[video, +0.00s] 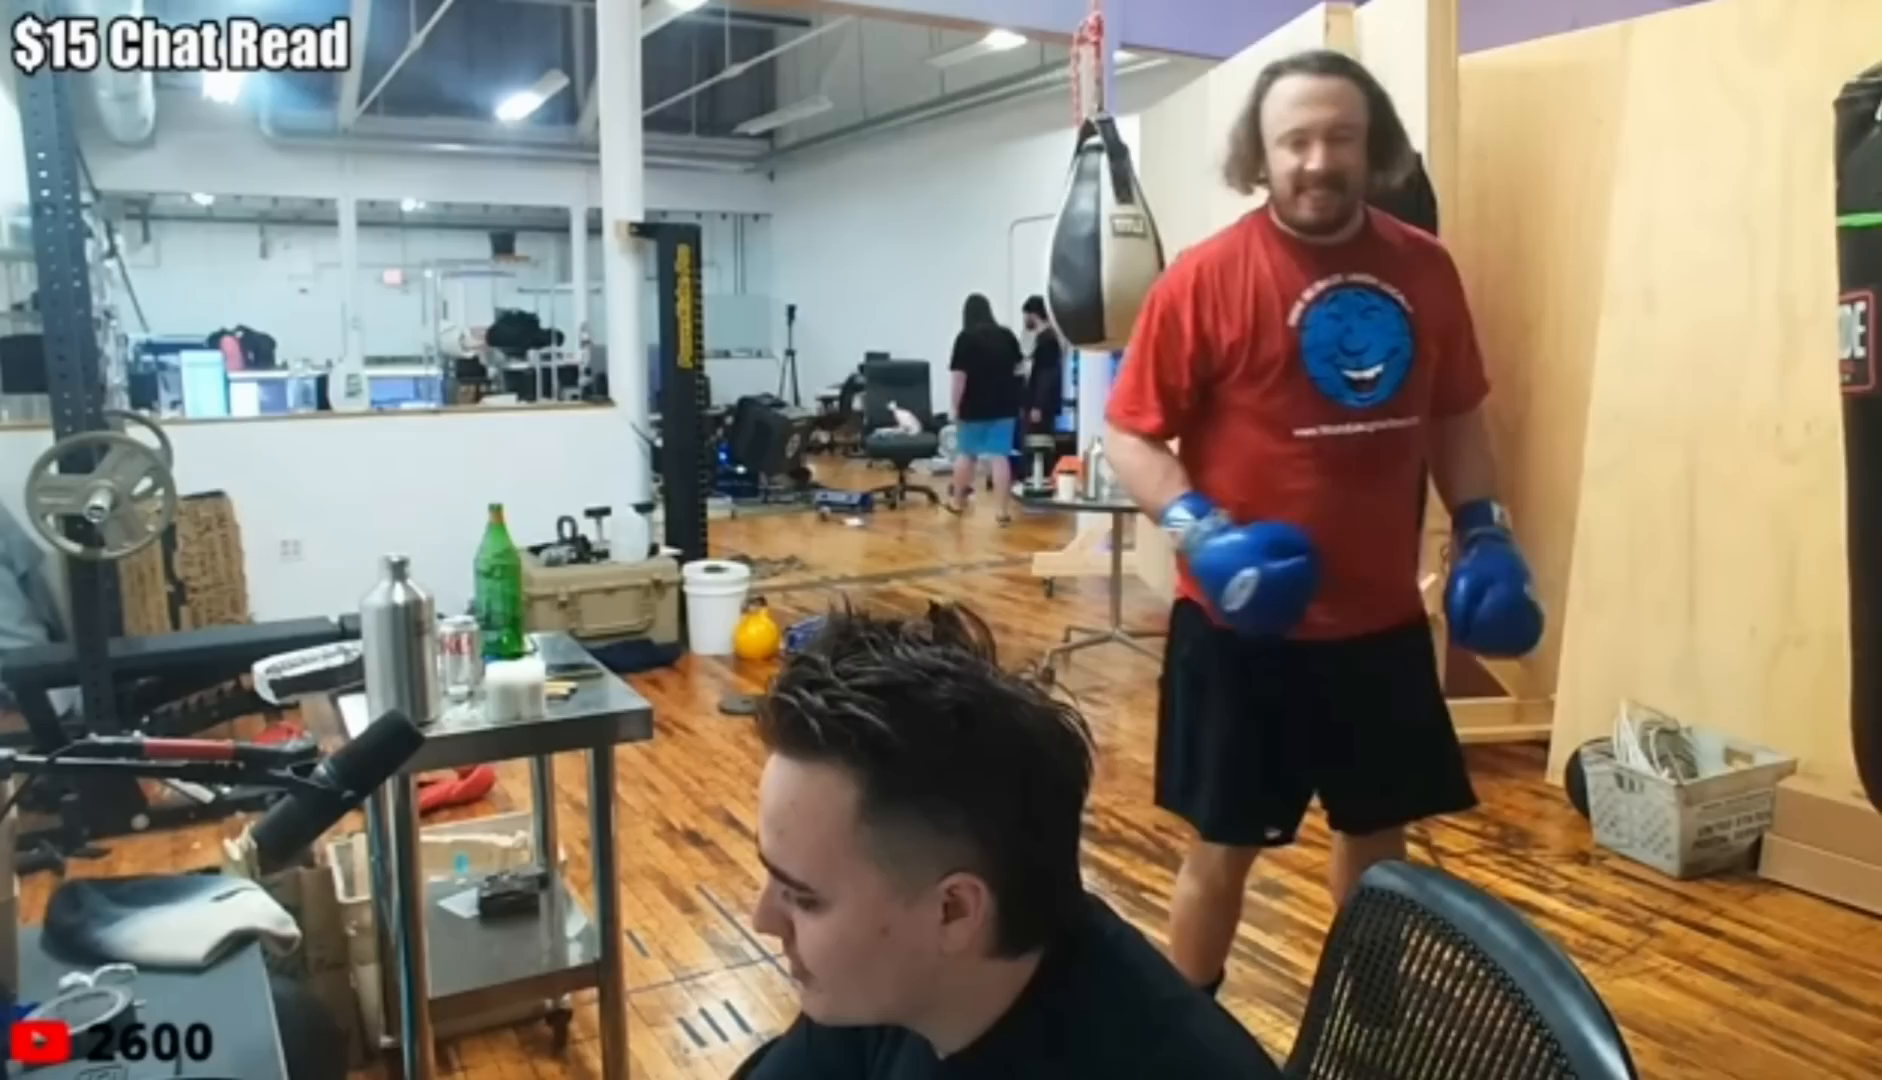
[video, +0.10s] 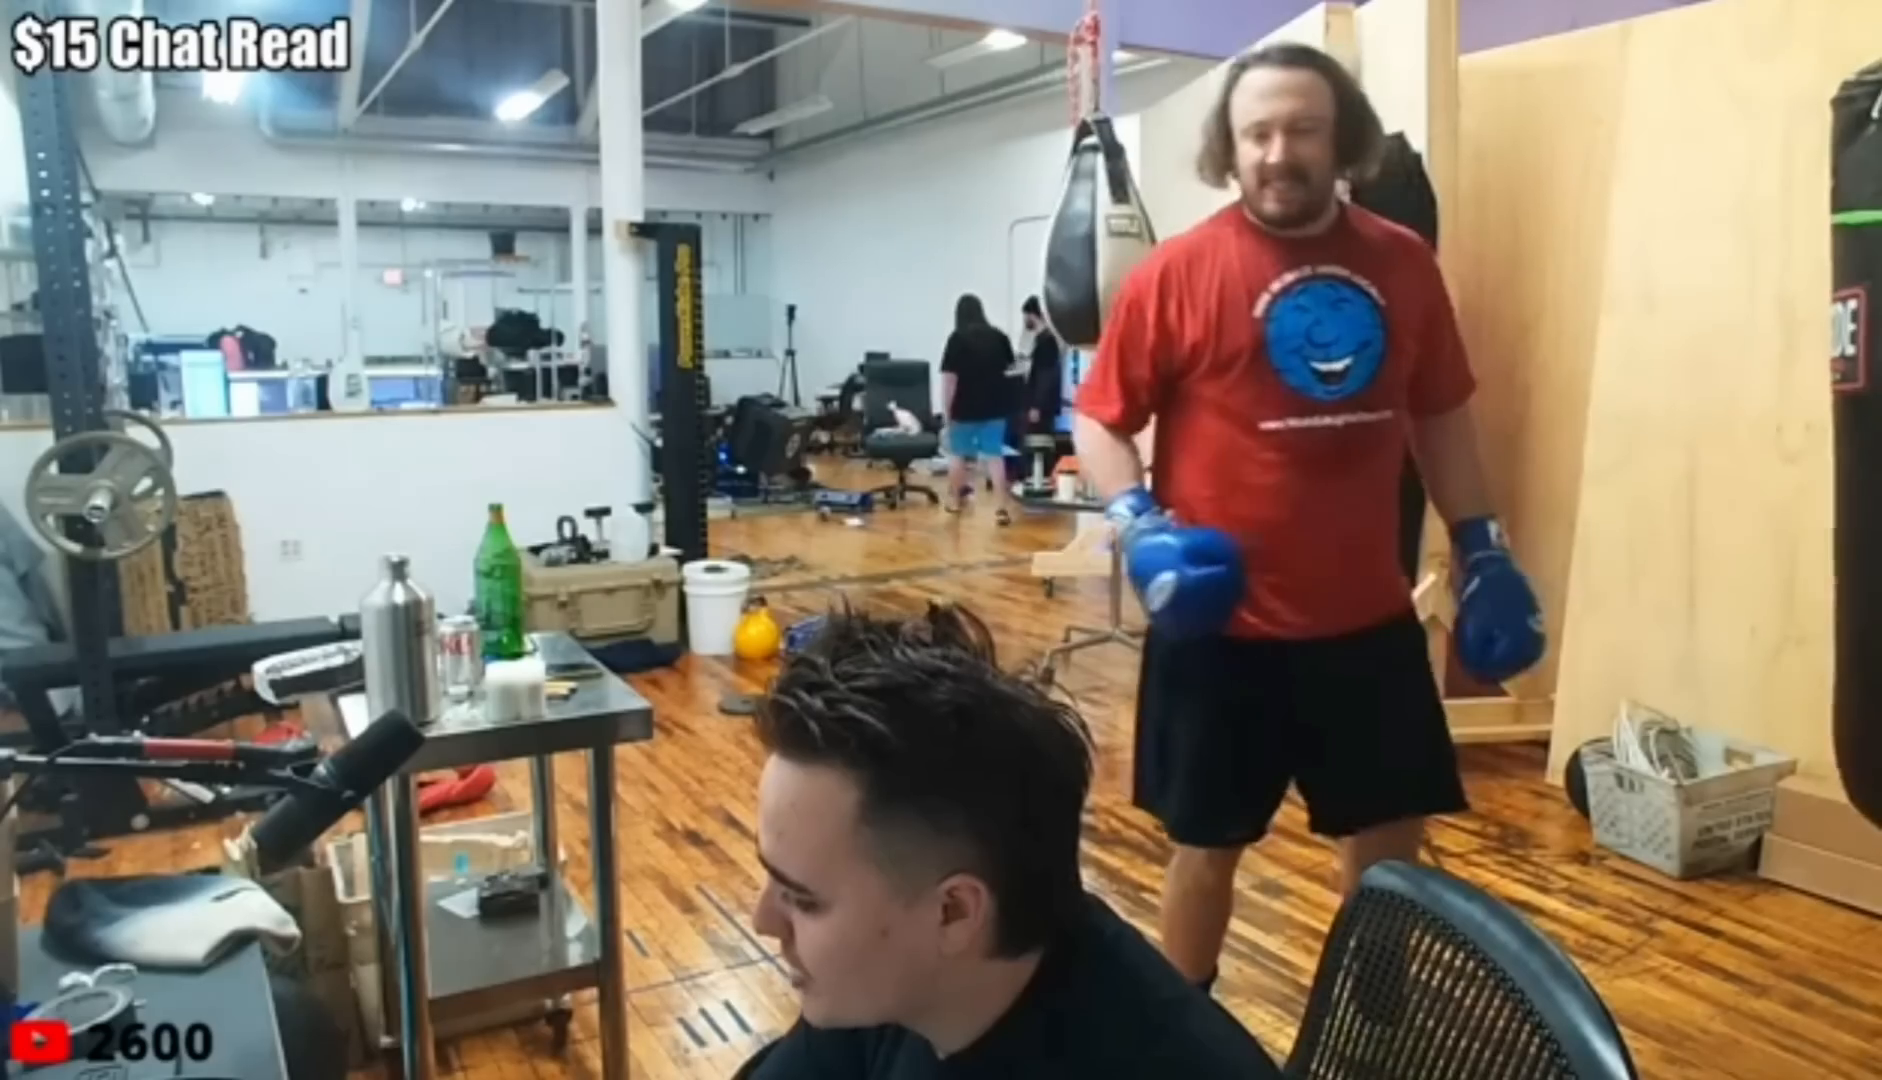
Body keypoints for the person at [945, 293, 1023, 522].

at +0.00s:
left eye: (966, 313)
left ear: (966, 313)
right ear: (989, 311)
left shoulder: (965, 338)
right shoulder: (1006, 335)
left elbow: (959, 376)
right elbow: (1018, 366)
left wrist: (955, 406)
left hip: (973, 407)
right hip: (1004, 406)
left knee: (966, 455)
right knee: (1000, 458)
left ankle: (958, 501)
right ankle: (1003, 510)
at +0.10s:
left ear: (958, 313)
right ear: (981, 311)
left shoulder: (957, 339)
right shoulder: (998, 336)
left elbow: (950, 378)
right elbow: (1010, 367)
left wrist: (946, 409)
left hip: (964, 408)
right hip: (995, 407)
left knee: (958, 458)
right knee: (995, 457)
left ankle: (955, 502)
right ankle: (1002, 508)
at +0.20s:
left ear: (952, 311)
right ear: (976, 310)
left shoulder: (950, 336)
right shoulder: (989, 331)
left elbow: (942, 373)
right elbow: (1005, 360)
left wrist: (939, 405)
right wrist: (987, 366)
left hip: (958, 404)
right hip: (986, 403)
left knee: (955, 455)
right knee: (991, 454)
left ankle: (954, 499)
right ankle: (994, 493)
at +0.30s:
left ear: (949, 310)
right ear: (972, 309)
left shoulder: (945, 336)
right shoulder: (986, 332)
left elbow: (933, 373)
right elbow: (1002, 359)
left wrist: (929, 406)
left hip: (955, 405)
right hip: (984, 403)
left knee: (955, 456)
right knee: (986, 450)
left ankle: (953, 501)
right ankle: (986, 484)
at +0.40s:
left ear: (947, 309)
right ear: (970, 308)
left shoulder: (940, 336)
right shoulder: (983, 332)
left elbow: (924, 371)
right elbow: (999, 359)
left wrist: (922, 404)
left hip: (951, 404)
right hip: (981, 402)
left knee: (954, 455)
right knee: (983, 450)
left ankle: (953, 500)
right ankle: (981, 494)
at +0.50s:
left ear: (947, 311)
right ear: (970, 310)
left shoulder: (940, 337)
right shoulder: (983, 333)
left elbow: (922, 368)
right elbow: (1000, 357)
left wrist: (920, 400)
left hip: (951, 404)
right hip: (980, 402)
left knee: (954, 455)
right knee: (982, 448)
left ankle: (953, 500)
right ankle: (982, 492)